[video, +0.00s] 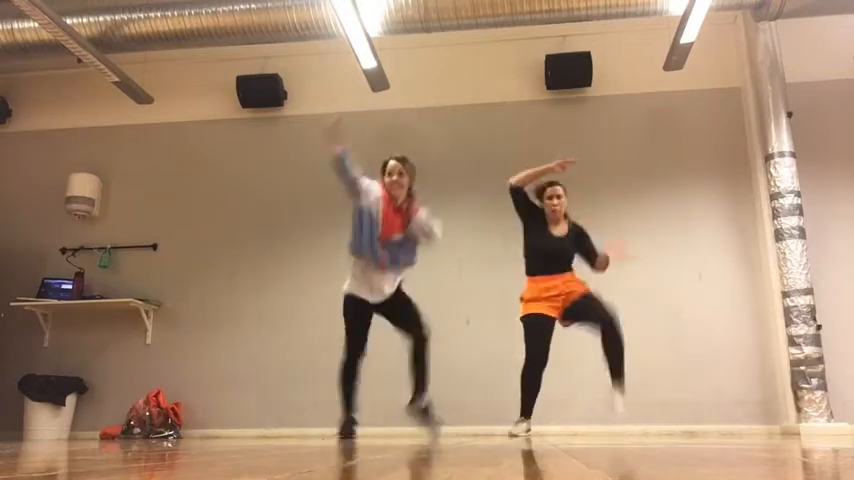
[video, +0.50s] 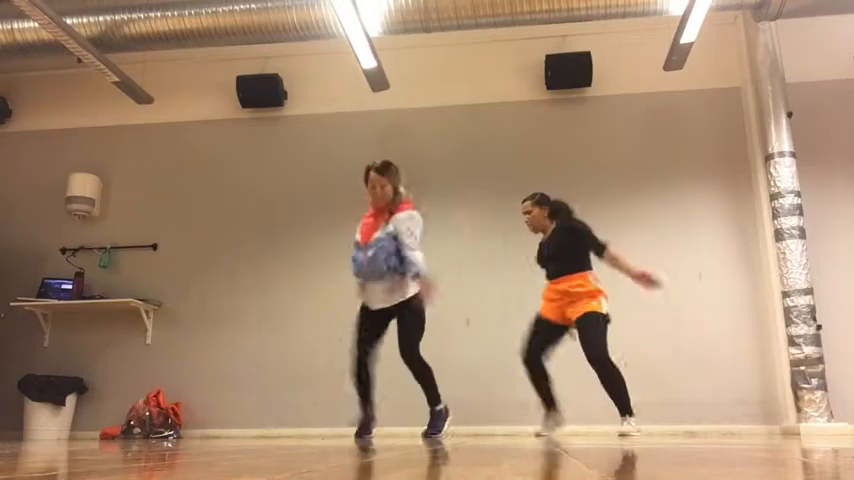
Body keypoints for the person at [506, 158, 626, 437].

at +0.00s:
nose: (555, 201)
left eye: (559, 197)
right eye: (550, 197)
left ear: (566, 200)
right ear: (543, 202)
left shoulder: (575, 231)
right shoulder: (533, 220)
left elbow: (598, 264)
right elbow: (514, 186)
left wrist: (606, 255)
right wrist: (550, 168)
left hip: (570, 292)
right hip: (539, 296)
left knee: (607, 318)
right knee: (535, 358)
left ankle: (618, 387)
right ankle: (524, 419)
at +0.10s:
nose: (546, 206)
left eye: (549, 200)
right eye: (542, 203)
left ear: (562, 196)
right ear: (539, 206)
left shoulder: (584, 219)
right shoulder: (542, 221)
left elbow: (603, 207)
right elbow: (519, 188)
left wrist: (573, 186)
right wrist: (544, 167)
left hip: (578, 291)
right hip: (544, 290)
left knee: (597, 350)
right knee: (524, 349)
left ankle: (615, 417)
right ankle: (516, 411)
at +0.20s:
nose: (535, 218)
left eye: (537, 212)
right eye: (532, 214)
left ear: (551, 203)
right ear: (537, 212)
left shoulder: (579, 205)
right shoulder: (548, 221)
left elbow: (592, 173)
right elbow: (522, 203)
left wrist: (578, 139)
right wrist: (524, 171)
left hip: (584, 286)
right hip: (554, 284)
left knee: (604, 347)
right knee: (507, 307)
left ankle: (621, 414)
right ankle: (518, 367)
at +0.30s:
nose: (528, 223)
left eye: (531, 216)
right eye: (527, 219)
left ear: (548, 211)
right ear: (539, 217)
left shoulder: (573, 213)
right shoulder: (545, 238)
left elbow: (589, 190)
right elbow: (517, 243)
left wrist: (594, 157)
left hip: (591, 293)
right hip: (563, 291)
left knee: (606, 352)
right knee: (511, 280)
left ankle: (622, 415)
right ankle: (533, 336)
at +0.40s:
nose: (526, 223)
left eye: (528, 217)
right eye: (525, 218)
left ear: (544, 212)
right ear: (539, 216)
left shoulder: (569, 218)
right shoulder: (549, 243)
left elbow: (594, 218)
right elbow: (546, 278)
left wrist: (612, 215)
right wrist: (537, 298)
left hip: (591, 295)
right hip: (561, 296)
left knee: (602, 355)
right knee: (512, 305)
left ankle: (622, 417)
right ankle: (543, 359)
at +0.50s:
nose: (525, 220)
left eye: (528, 213)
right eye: (523, 215)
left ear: (544, 210)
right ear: (538, 214)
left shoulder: (572, 228)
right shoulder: (544, 245)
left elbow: (605, 254)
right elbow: (558, 284)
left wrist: (635, 274)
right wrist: (565, 319)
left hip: (585, 298)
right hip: (556, 303)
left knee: (597, 356)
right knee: (530, 356)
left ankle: (627, 417)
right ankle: (552, 413)